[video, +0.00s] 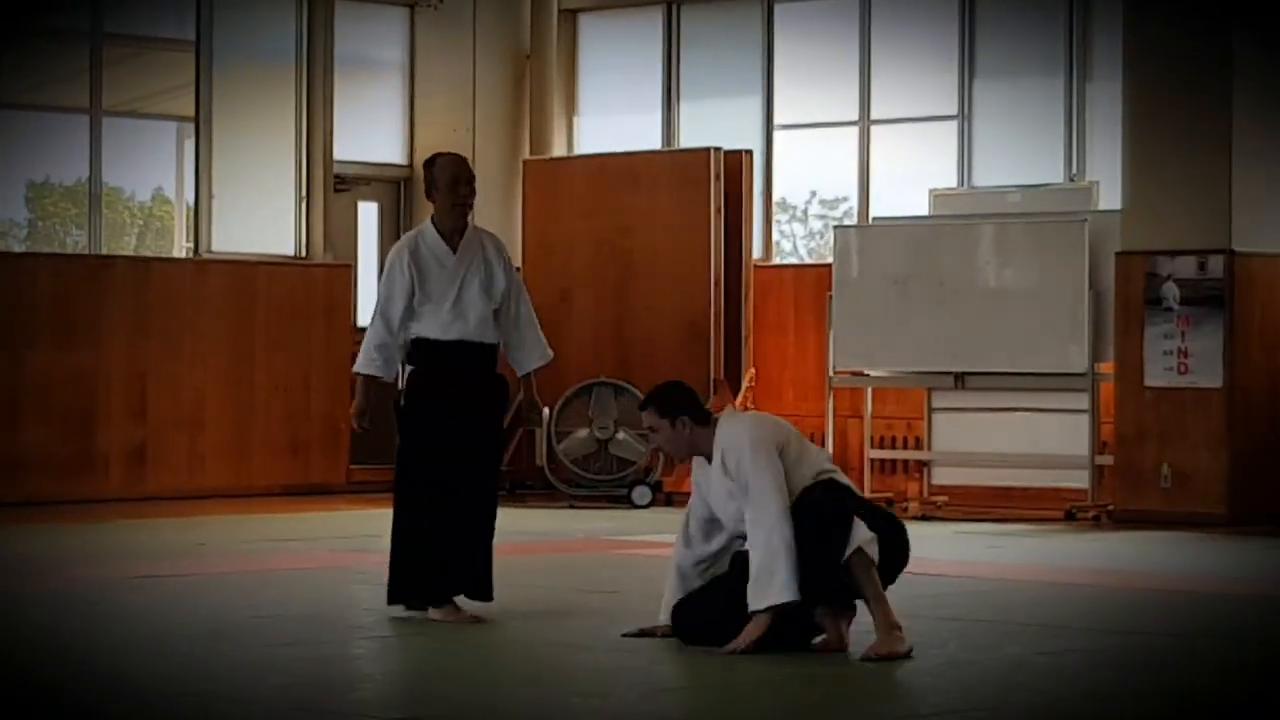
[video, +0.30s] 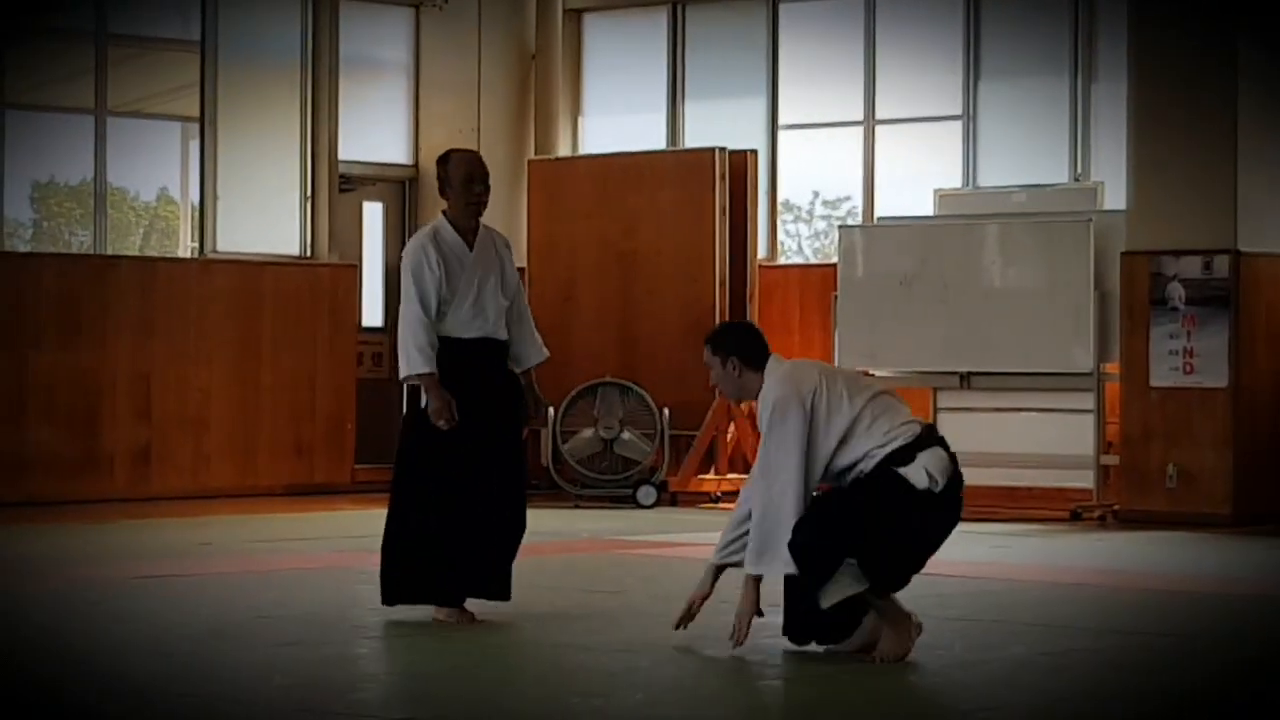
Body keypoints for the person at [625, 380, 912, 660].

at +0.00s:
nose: (652, 445)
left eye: (654, 433)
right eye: (648, 435)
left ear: (683, 424)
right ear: (684, 426)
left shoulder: (747, 433)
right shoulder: (704, 469)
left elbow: (771, 523)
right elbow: (694, 543)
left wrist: (764, 612)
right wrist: (672, 619)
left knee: (823, 499)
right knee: (693, 620)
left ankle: (887, 627)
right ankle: (827, 616)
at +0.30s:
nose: (711, 381)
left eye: (712, 368)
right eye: (709, 370)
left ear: (734, 366)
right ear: (740, 364)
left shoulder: (783, 387)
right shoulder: (789, 381)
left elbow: (776, 491)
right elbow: (758, 489)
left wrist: (751, 582)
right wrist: (712, 574)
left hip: (913, 479)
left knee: (809, 535)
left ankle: (893, 620)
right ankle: (875, 623)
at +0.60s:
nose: (773, 236)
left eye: (773, 225)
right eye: (773, 225)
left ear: (787, 224)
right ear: (822, 221)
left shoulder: (808, 271)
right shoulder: (863, 260)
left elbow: (777, 364)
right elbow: (864, 367)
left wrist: (747, 447)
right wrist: (819, 438)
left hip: (917, 398)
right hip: (947, 391)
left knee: (848, 519)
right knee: (860, 508)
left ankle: (977, 626)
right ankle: (884, 626)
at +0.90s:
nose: (823, 158)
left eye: (825, 149)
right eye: (826, 148)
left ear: (836, 152)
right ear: (877, 153)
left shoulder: (825, 212)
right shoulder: (919, 207)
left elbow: (790, 305)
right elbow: (948, 297)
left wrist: (769, 374)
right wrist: (961, 364)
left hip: (891, 367)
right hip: (946, 359)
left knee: (887, 506)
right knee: (938, 501)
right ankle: (977, 628)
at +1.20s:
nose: (810, 144)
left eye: (813, 135)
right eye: (814, 135)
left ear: (826, 140)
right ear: (865, 144)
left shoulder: (805, 202)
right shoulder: (902, 206)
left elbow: (725, 256)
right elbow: (920, 299)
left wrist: (716, 231)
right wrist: (928, 371)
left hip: (841, 368)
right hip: (905, 366)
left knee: (767, 484)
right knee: (916, 494)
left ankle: (846, 594)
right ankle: (946, 623)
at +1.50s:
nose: (682, 164)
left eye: (685, 156)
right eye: (686, 156)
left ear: (694, 162)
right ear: (742, 162)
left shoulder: (686, 229)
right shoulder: (783, 215)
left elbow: (631, 181)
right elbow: (816, 303)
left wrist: (641, 103)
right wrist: (829, 368)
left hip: (734, 382)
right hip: (803, 373)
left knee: (662, 487)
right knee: (855, 495)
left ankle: (655, 614)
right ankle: (928, 599)